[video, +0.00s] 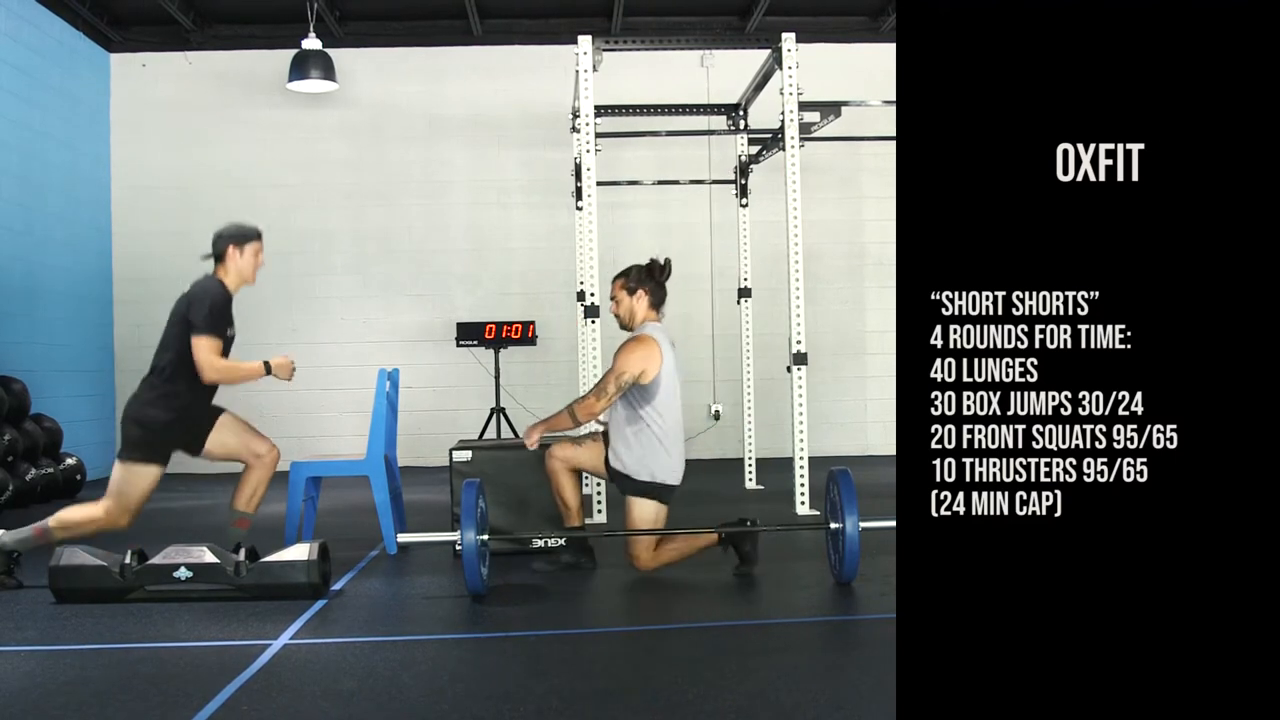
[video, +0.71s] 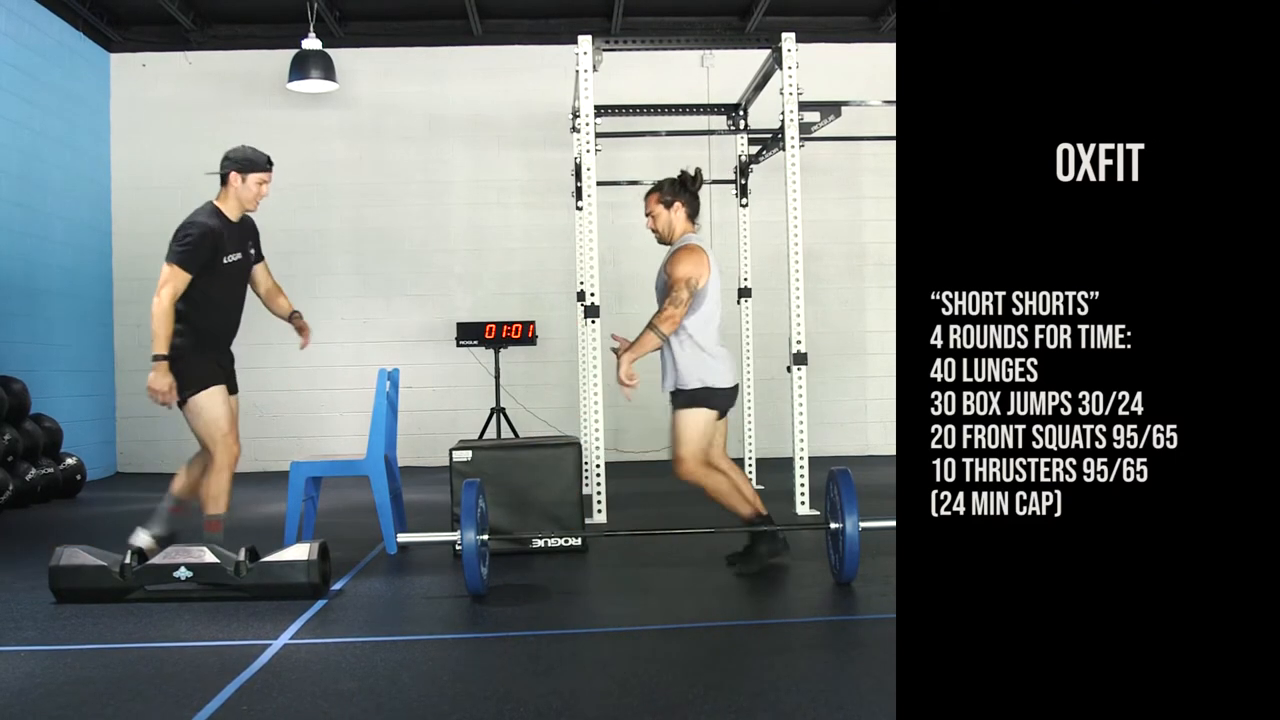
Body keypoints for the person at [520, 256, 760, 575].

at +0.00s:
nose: (612, 308)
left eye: (616, 299)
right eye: (612, 301)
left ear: (640, 296)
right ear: (641, 297)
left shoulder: (639, 348)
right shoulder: (653, 340)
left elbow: (591, 406)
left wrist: (541, 427)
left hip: (651, 464)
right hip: (627, 450)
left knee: (643, 557)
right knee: (558, 455)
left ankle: (729, 533)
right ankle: (576, 545)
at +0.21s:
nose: (623, 280)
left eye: (627, 271)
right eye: (623, 272)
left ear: (651, 269)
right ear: (653, 271)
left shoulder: (651, 321)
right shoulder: (662, 312)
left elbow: (607, 377)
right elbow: (643, 379)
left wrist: (558, 404)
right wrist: (605, 399)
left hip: (661, 438)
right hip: (637, 428)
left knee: (658, 531)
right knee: (570, 455)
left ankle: (744, 530)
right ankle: (577, 543)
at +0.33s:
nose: (634, 240)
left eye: (638, 232)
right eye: (633, 232)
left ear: (662, 228)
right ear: (663, 230)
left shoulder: (664, 278)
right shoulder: (675, 274)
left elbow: (630, 338)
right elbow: (666, 341)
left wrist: (589, 377)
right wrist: (629, 368)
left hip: (683, 400)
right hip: (660, 397)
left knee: (690, 487)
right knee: (613, 449)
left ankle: (768, 535)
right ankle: (593, 536)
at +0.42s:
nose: (640, 224)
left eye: (644, 216)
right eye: (640, 217)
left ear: (667, 212)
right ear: (672, 214)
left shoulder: (672, 260)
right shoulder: (685, 256)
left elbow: (645, 319)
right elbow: (677, 323)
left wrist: (605, 365)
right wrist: (641, 353)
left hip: (693, 382)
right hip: (674, 381)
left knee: (718, 466)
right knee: (628, 437)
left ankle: (776, 539)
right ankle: (644, 529)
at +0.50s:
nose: (645, 219)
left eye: (649, 210)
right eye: (644, 211)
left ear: (672, 206)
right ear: (675, 208)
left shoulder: (677, 254)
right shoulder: (684, 253)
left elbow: (654, 313)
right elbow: (673, 323)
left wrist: (613, 358)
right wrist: (640, 351)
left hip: (702, 378)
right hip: (680, 378)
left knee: (735, 458)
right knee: (649, 443)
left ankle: (779, 540)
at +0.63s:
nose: (649, 222)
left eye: (653, 213)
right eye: (648, 215)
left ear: (676, 209)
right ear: (677, 211)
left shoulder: (686, 256)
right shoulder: (681, 257)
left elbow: (665, 317)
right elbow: (666, 325)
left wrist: (621, 358)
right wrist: (629, 351)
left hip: (704, 378)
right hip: (690, 380)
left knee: (724, 459)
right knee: (699, 458)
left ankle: (778, 541)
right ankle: (763, 530)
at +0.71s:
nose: (648, 223)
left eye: (652, 214)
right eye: (647, 215)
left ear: (675, 209)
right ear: (677, 212)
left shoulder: (684, 257)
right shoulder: (693, 255)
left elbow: (670, 316)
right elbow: (678, 322)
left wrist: (630, 358)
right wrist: (635, 344)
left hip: (698, 380)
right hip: (713, 377)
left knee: (688, 465)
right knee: (715, 458)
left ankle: (761, 529)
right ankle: (766, 531)